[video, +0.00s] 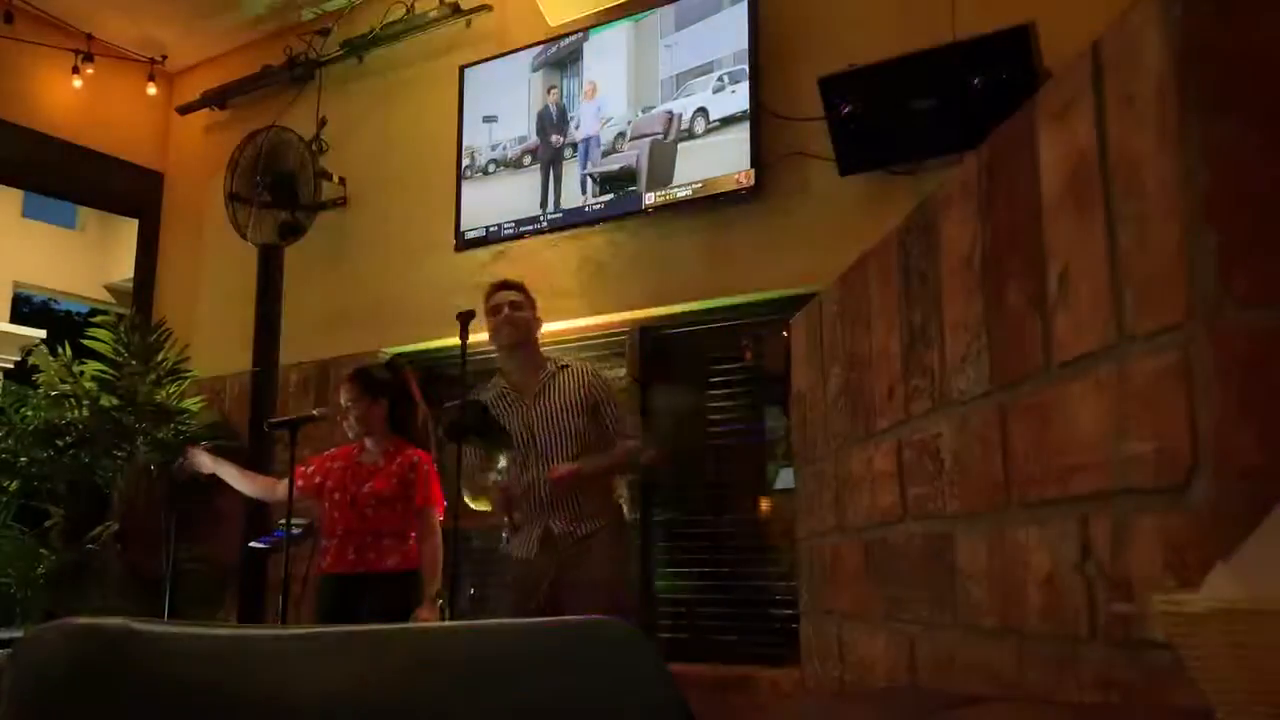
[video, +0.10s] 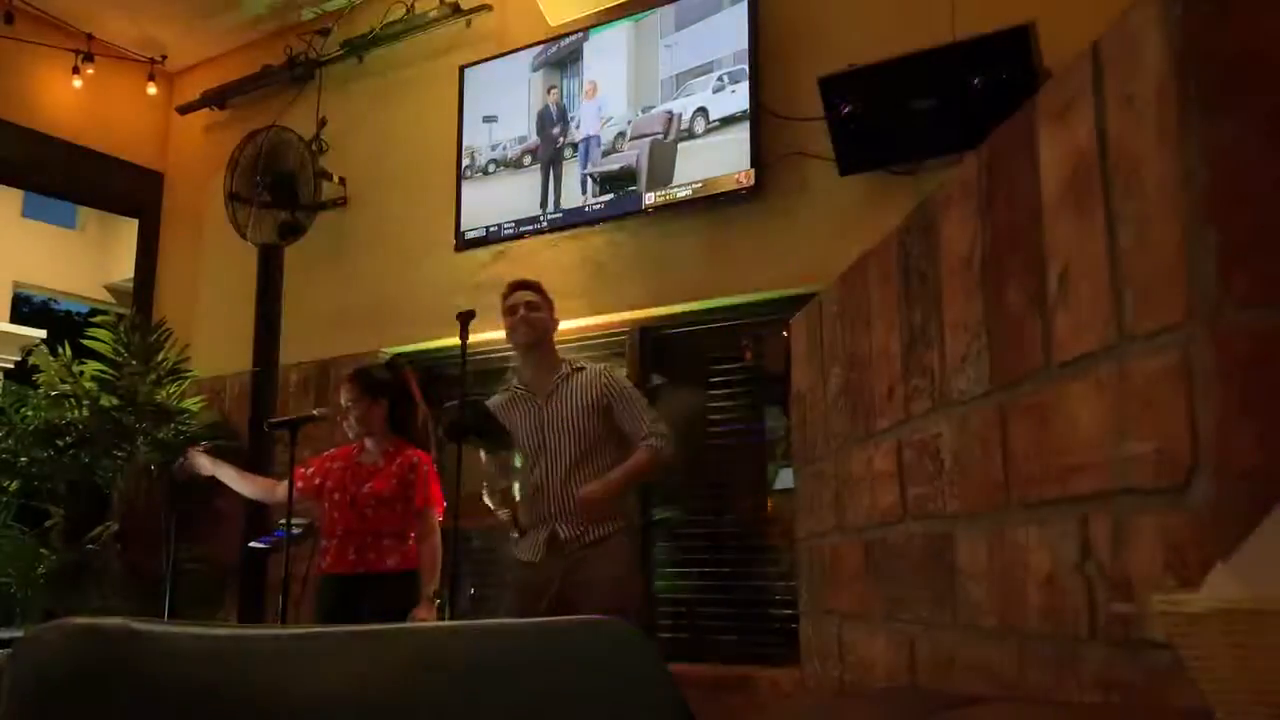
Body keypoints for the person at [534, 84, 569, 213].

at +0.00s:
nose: (556, 96)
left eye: (557, 94)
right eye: (553, 94)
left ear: (559, 95)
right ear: (548, 96)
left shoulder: (562, 109)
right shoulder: (542, 112)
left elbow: (565, 125)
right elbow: (539, 132)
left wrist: (562, 137)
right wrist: (549, 139)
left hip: (558, 150)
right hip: (546, 151)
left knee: (558, 179)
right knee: (545, 180)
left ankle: (557, 205)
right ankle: (543, 207)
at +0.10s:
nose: (556, 96)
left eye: (557, 94)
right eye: (553, 94)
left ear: (559, 95)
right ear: (548, 96)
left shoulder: (562, 108)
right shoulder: (542, 112)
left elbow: (566, 124)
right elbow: (539, 132)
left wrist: (563, 136)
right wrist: (551, 137)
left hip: (558, 149)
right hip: (546, 149)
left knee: (558, 179)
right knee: (545, 180)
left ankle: (557, 205)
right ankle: (543, 207)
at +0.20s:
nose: (556, 96)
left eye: (557, 94)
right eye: (553, 94)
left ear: (559, 95)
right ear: (548, 96)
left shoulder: (562, 109)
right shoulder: (542, 112)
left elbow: (566, 124)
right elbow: (539, 132)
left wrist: (563, 136)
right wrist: (552, 132)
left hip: (558, 149)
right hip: (546, 149)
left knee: (558, 179)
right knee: (545, 180)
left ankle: (557, 205)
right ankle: (543, 207)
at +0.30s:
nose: (556, 96)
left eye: (557, 94)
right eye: (554, 94)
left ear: (558, 95)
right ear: (548, 96)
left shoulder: (561, 109)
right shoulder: (542, 112)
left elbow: (566, 125)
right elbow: (540, 131)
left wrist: (563, 136)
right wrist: (552, 130)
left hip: (558, 148)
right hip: (546, 148)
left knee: (558, 179)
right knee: (545, 180)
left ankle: (557, 205)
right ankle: (543, 207)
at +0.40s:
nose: (556, 96)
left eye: (557, 94)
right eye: (554, 94)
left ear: (559, 95)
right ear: (548, 96)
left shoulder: (562, 109)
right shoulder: (542, 112)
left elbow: (566, 125)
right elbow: (540, 131)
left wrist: (563, 136)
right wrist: (552, 130)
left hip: (558, 148)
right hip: (546, 148)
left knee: (558, 180)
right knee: (545, 180)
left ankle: (557, 205)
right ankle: (543, 207)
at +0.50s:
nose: (556, 96)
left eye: (557, 94)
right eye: (554, 94)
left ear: (559, 95)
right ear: (548, 96)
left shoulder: (561, 109)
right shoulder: (542, 112)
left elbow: (565, 125)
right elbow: (540, 132)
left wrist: (563, 136)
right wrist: (552, 130)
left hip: (558, 148)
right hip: (545, 149)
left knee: (558, 180)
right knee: (545, 180)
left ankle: (557, 205)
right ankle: (543, 207)